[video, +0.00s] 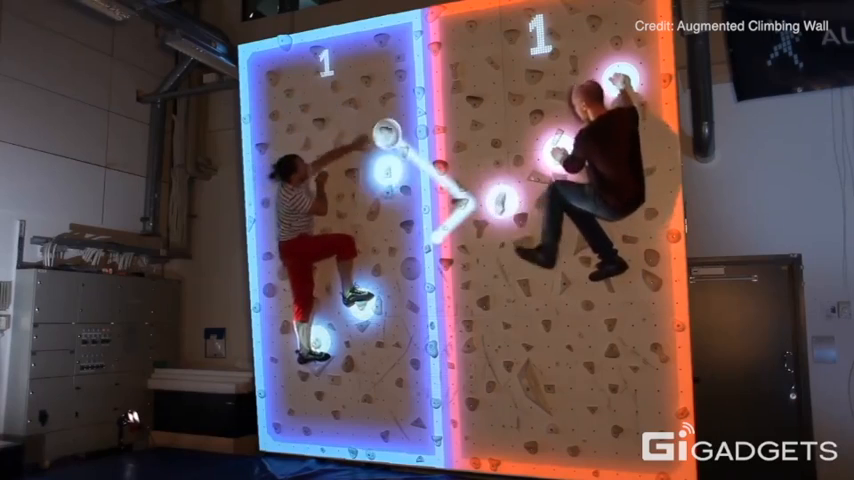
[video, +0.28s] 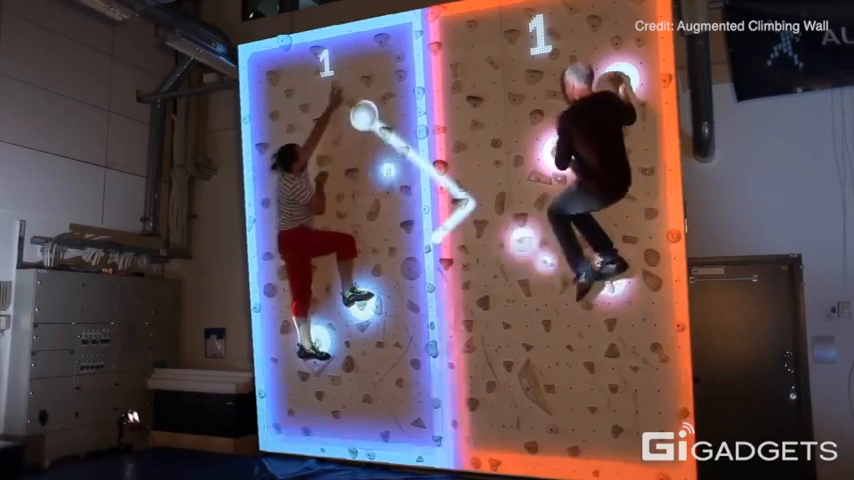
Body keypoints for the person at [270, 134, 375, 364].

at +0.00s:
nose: (307, 168)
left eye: (305, 165)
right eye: (303, 167)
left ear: (292, 174)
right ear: (294, 175)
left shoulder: (292, 183)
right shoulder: (292, 195)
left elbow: (322, 162)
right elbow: (322, 209)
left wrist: (352, 147)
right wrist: (322, 185)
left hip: (291, 247)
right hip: (299, 245)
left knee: (303, 298)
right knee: (343, 242)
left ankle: (305, 350)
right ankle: (349, 291)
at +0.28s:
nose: (304, 156)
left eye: (302, 153)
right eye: (301, 155)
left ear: (289, 163)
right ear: (294, 163)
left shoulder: (288, 174)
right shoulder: (297, 184)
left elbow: (312, 141)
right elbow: (319, 209)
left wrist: (331, 108)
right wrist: (320, 186)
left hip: (287, 241)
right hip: (300, 237)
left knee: (301, 293)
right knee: (344, 242)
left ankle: (305, 346)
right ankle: (349, 291)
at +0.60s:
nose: (301, 160)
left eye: (299, 157)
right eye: (297, 159)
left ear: (290, 166)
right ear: (290, 168)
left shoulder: (289, 174)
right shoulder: (291, 189)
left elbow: (312, 143)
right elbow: (317, 209)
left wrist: (331, 111)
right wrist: (320, 187)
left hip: (288, 242)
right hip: (298, 240)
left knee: (300, 293)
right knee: (343, 242)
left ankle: (305, 347)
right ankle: (348, 291)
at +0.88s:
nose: (294, 171)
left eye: (292, 167)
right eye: (289, 169)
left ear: (285, 169)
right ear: (279, 173)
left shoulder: (277, 184)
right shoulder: (286, 194)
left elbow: (297, 151)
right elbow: (316, 209)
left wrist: (314, 123)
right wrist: (320, 186)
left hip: (287, 247)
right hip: (297, 244)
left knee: (299, 298)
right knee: (342, 243)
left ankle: (305, 349)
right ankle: (349, 293)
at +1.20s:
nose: (289, 176)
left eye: (288, 172)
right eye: (285, 174)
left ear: (278, 173)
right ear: (274, 176)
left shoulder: (273, 186)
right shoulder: (282, 198)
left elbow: (294, 151)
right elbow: (315, 207)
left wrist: (312, 128)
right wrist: (320, 187)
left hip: (286, 248)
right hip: (295, 246)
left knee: (298, 298)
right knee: (339, 243)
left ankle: (304, 350)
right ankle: (349, 293)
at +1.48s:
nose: (286, 181)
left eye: (286, 177)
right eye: (282, 179)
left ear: (280, 177)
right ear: (272, 180)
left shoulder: (270, 190)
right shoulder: (280, 201)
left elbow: (289, 154)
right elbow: (314, 208)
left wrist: (308, 128)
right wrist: (320, 186)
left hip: (285, 250)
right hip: (296, 247)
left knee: (298, 298)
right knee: (340, 244)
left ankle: (304, 350)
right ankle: (348, 293)